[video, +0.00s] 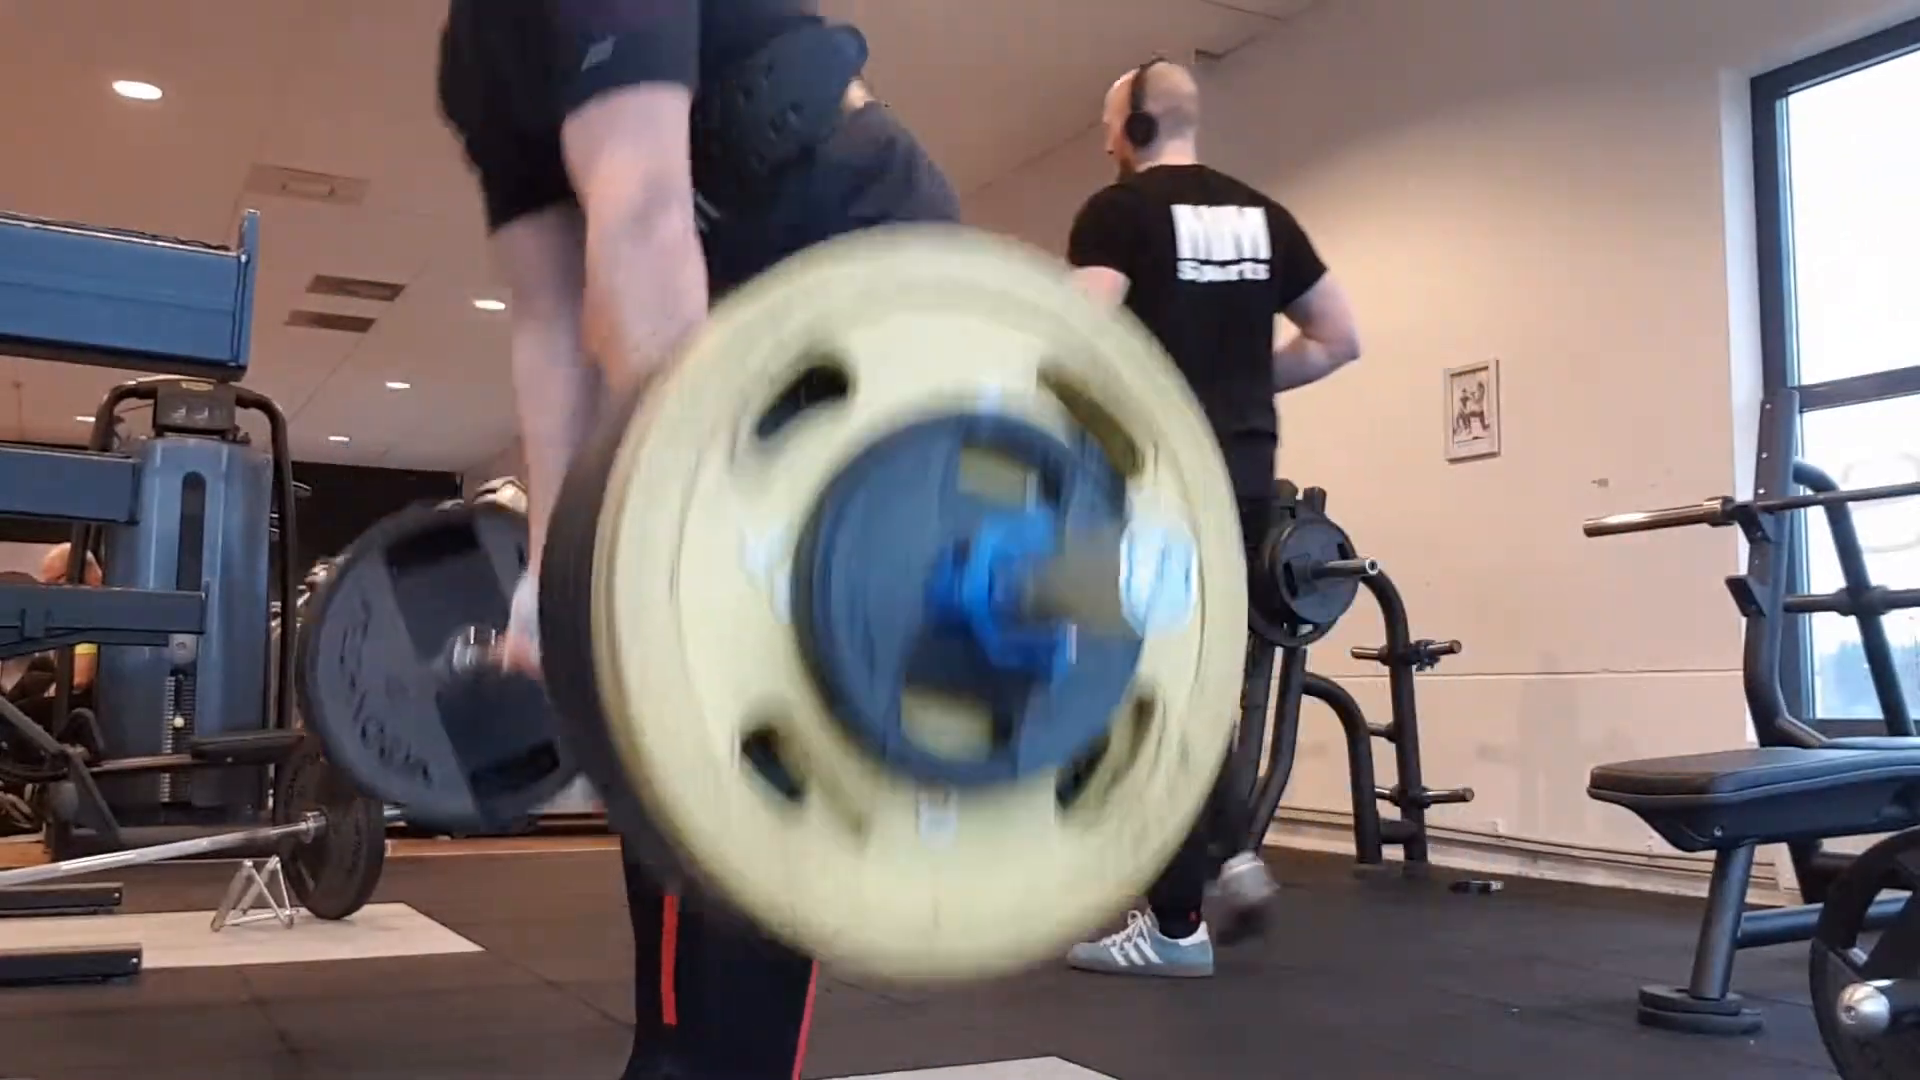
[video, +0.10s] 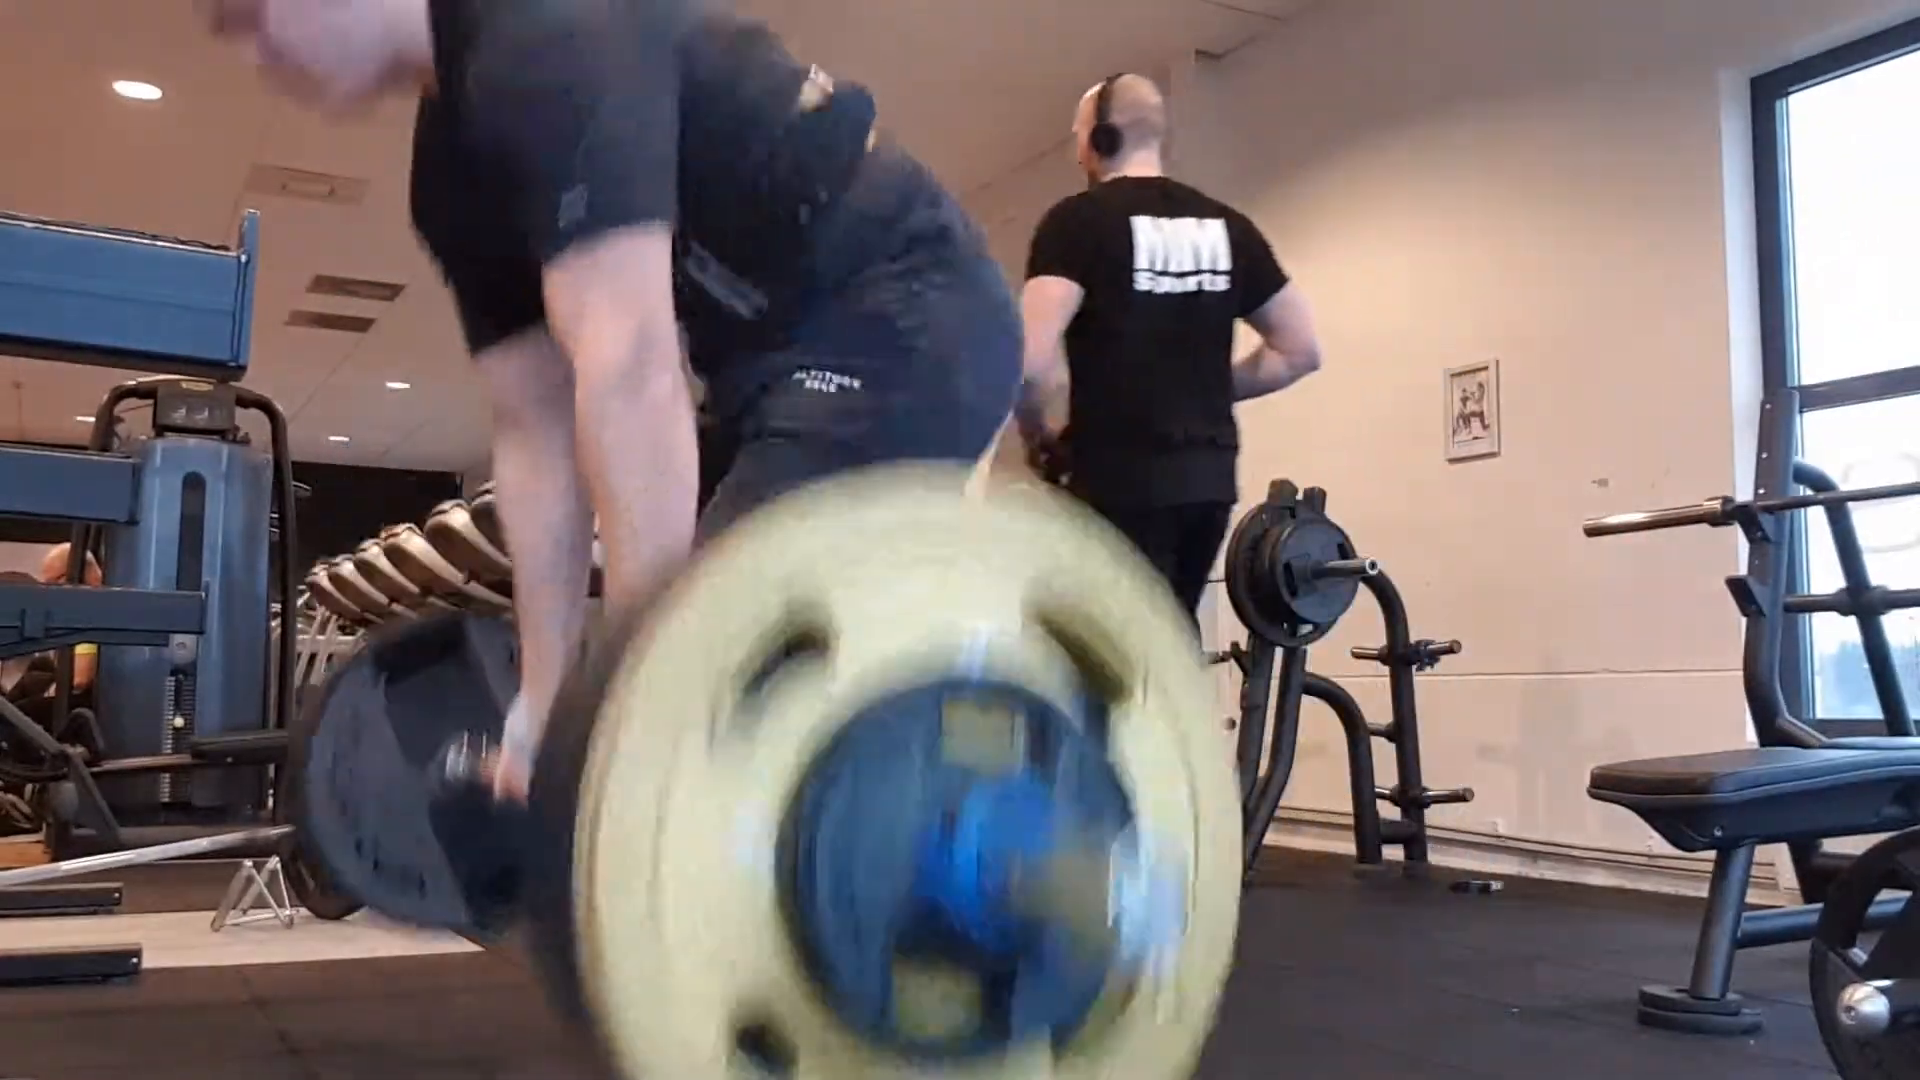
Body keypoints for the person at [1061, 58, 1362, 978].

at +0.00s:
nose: (1104, 139)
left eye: (1107, 127)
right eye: (1109, 125)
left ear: (1125, 130)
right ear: (1193, 129)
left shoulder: (1116, 208)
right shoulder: (1263, 213)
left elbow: (1080, 327)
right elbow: (1336, 340)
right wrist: (1254, 375)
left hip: (1159, 476)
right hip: (1246, 475)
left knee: (1161, 681)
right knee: (1210, 677)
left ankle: (1175, 924)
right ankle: (1230, 855)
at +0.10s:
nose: (1075, 150)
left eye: (1077, 137)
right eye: (1076, 135)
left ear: (1091, 143)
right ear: (1161, 137)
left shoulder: (1077, 221)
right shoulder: (1225, 223)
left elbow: (1034, 359)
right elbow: (1297, 351)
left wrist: (1037, 430)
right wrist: (1209, 385)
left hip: (1113, 485)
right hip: (1206, 484)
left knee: (1106, 666)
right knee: (1170, 657)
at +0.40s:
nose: (982, 191)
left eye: (985, 180)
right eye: (984, 179)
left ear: (999, 183)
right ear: (1061, 185)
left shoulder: (989, 255)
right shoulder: (1116, 266)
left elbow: (955, 365)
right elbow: (1176, 392)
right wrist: (1097, 415)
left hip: (1010, 503)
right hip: (1093, 509)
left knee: (995, 678)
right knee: (1048, 675)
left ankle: (1066, 829)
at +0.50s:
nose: (947, 203)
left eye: (949, 190)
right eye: (946, 190)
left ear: (971, 187)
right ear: (1022, 187)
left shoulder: (968, 253)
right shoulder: (1080, 269)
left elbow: (940, 360)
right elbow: (1136, 392)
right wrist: (1060, 418)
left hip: (984, 500)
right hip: (1061, 502)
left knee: (919, 672)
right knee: (1020, 679)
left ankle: (1022, 809)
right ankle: (1025, 843)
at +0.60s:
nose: (910, 203)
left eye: (914, 191)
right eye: (910, 190)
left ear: (937, 189)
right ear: (986, 189)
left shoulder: (947, 254)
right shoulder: (1044, 269)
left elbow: (923, 367)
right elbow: (1098, 390)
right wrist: (1021, 409)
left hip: (951, 494)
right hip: (1025, 498)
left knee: (873, 642)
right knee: (1002, 675)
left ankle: (922, 812)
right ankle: (1018, 844)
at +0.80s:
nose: (824, 225)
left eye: (830, 211)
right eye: (823, 211)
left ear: (861, 207)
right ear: (891, 206)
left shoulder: (859, 284)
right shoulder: (958, 286)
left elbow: (839, 396)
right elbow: (999, 394)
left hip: (865, 504)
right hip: (932, 505)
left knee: (839, 669)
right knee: (938, 675)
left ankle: (803, 820)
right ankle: (993, 826)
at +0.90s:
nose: (777, 232)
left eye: (783, 219)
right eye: (776, 219)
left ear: (813, 215)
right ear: (853, 211)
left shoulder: (812, 292)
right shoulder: (908, 292)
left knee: (771, 678)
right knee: (882, 686)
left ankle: (770, 844)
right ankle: (960, 827)